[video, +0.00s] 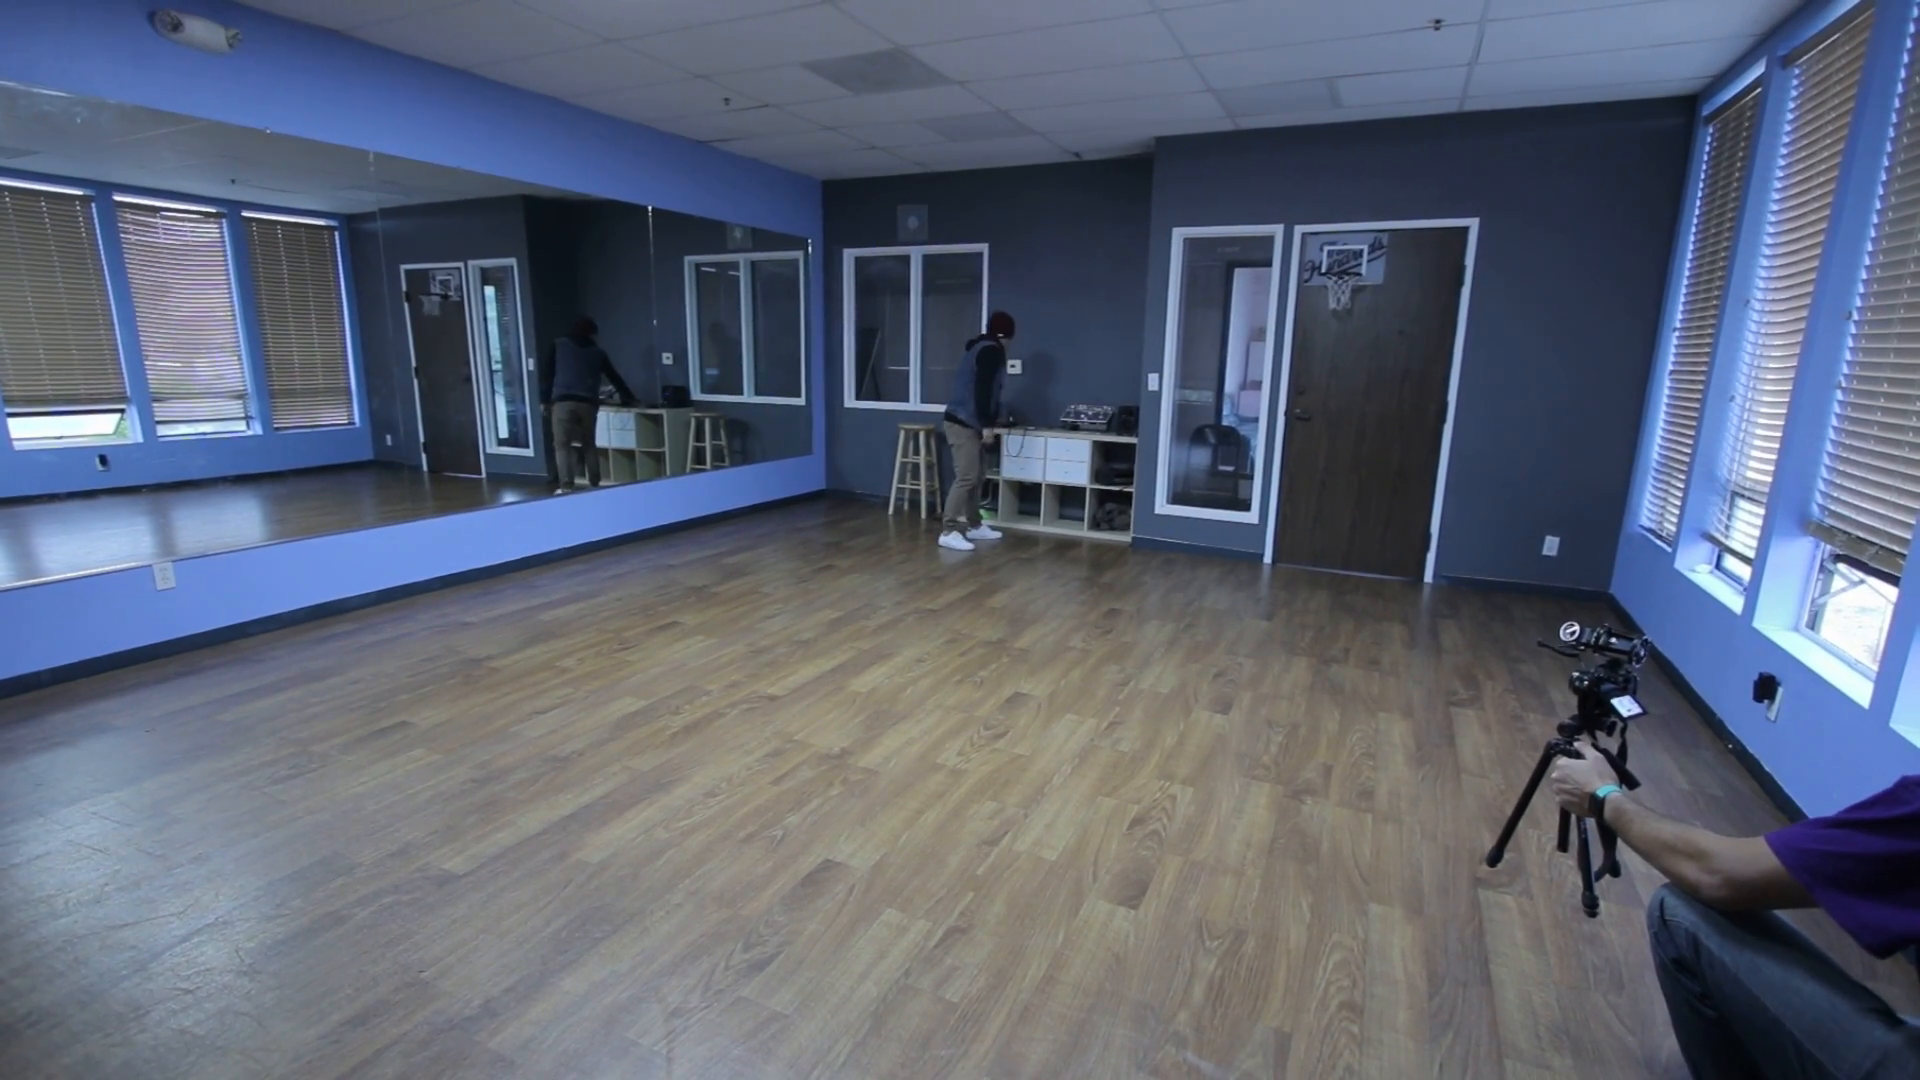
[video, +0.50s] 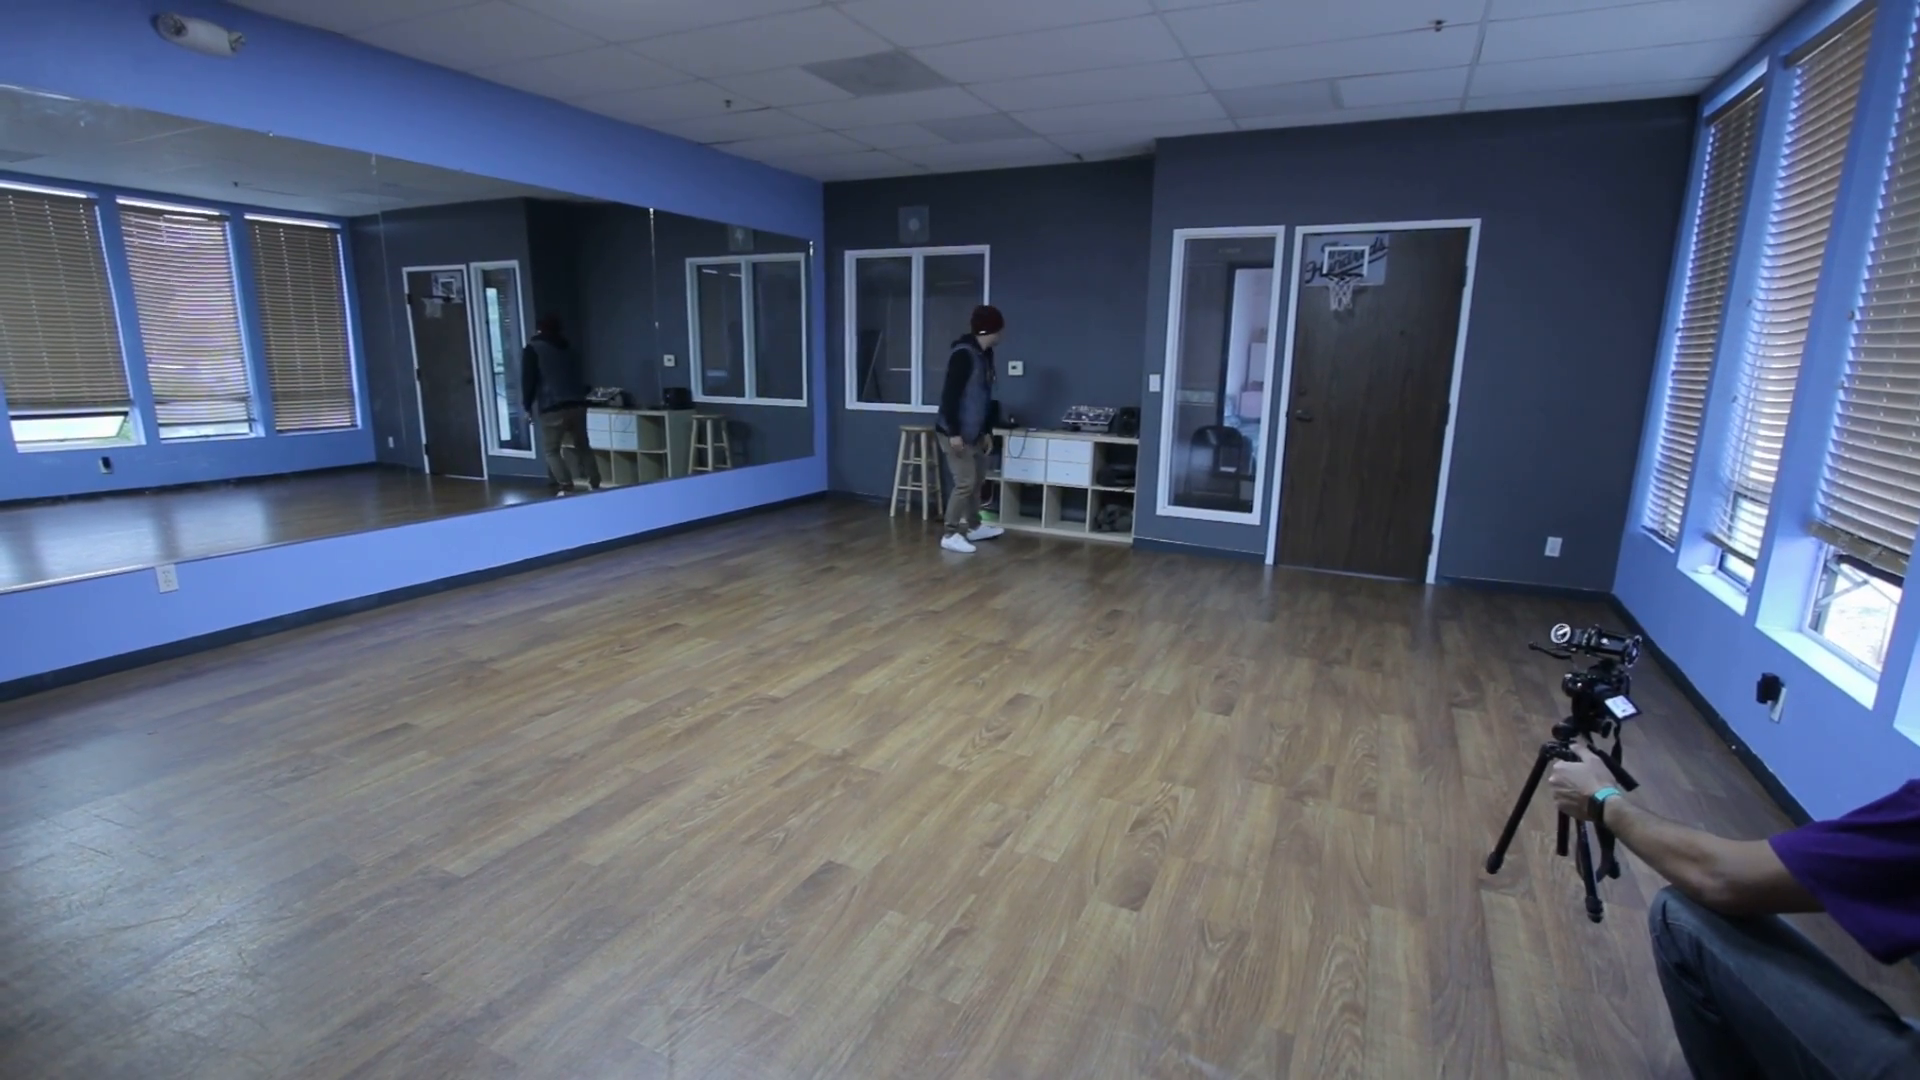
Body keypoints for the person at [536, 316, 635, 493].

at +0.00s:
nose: (594, 336)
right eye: (593, 333)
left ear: (573, 329)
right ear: (593, 333)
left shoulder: (558, 345)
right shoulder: (597, 352)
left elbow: (547, 373)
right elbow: (614, 378)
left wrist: (544, 400)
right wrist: (628, 399)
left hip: (563, 401)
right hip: (588, 402)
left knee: (562, 444)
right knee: (589, 444)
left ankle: (566, 485)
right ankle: (594, 484)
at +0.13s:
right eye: (585, 329)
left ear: (565, 327)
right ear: (585, 329)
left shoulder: (553, 344)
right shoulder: (591, 349)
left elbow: (543, 373)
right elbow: (605, 379)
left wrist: (542, 400)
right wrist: (619, 399)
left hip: (560, 400)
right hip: (586, 401)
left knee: (559, 444)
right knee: (587, 442)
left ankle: (566, 484)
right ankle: (594, 481)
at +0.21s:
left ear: (557, 328)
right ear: (579, 329)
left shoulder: (547, 346)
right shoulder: (585, 348)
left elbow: (540, 375)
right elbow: (598, 379)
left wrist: (539, 402)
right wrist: (606, 404)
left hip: (558, 402)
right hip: (583, 401)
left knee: (556, 447)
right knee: (587, 444)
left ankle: (566, 485)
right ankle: (595, 483)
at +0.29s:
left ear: (552, 328)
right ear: (572, 328)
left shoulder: (542, 346)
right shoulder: (581, 348)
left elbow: (536, 374)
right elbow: (592, 378)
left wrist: (534, 400)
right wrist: (594, 404)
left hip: (556, 402)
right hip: (582, 402)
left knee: (554, 446)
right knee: (585, 443)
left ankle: (566, 485)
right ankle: (595, 481)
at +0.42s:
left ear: (542, 328)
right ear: (563, 327)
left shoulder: (537, 347)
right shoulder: (572, 345)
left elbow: (532, 377)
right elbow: (581, 374)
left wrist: (529, 404)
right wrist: (580, 396)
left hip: (553, 404)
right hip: (578, 402)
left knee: (551, 449)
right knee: (584, 445)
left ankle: (566, 486)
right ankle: (595, 483)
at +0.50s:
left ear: (538, 328)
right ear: (558, 327)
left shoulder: (533, 348)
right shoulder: (567, 344)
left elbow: (529, 380)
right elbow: (576, 373)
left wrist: (528, 406)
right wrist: (577, 396)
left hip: (551, 404)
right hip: (576, 401)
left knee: (551, 450)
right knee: (582, 445)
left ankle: (566, 486)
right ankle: (595, 482)